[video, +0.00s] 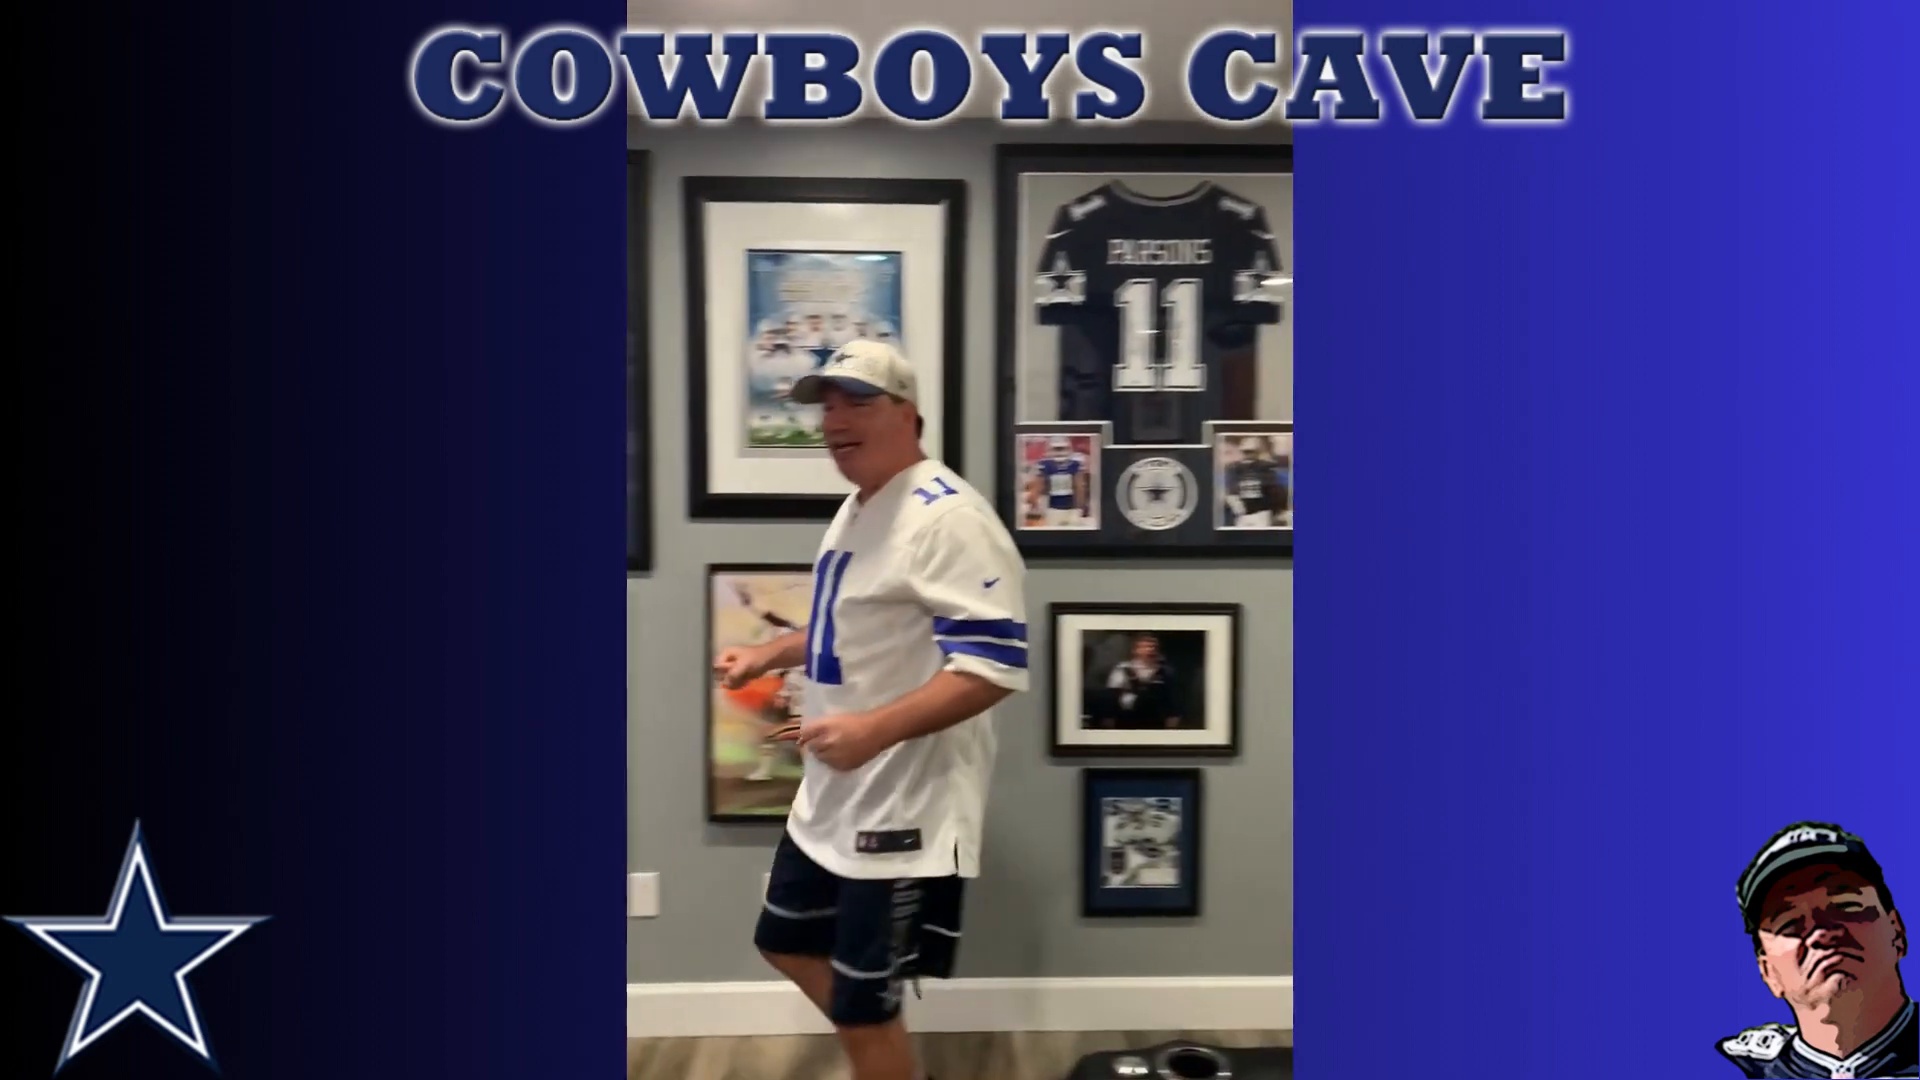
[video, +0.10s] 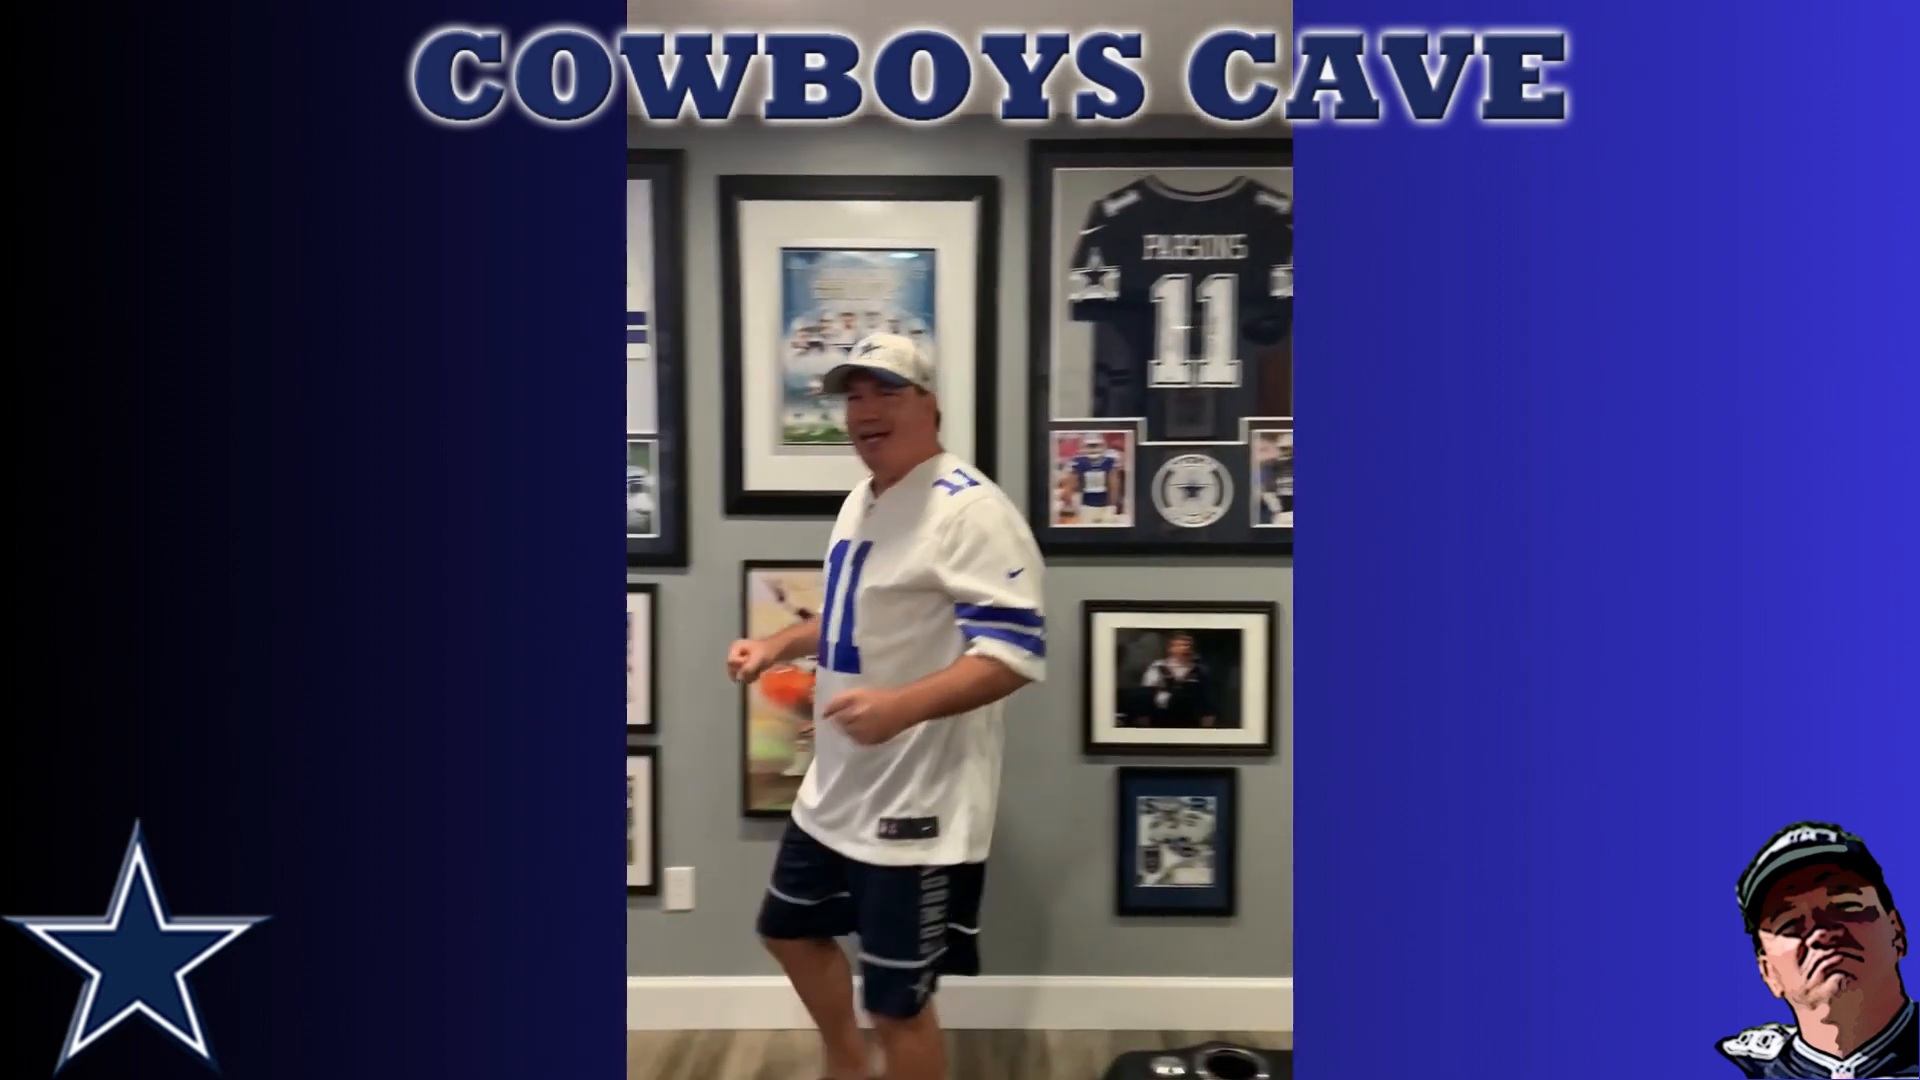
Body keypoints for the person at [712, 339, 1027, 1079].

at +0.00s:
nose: (834, 421)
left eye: (855, 404)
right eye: (826, 405)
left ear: (907, 414)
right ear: (819, 415)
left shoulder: (953, 520)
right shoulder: (858, 510)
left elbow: (991, 667)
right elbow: (855, 630)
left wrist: (873, 728)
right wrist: (774, 652)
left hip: (905, 812)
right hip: (830, 793)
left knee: (867, 1009)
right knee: (789, 942)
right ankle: (886, 1059)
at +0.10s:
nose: (862, 412)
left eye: (883, 394)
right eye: (851, 397)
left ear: (931, 404)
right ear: (841, 409)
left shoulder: (975, 513)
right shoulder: (863, 501)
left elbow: (1013, 655)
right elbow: (852, 620)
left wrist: (904, 704)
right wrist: (775, 645)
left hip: (922, 805)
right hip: (837, 786)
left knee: (899, 1002)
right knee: (793, 930)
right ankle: (848, 1062)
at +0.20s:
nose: (894, 408)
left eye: (913, 390)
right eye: (878, 394)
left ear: (950, 405)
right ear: (864, 409)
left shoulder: (996, 509)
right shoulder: (860, 497)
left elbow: (1049, 639)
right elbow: (837, 602)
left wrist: (954, 680)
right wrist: (770, 632)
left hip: (936, 801)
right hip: (848, 790)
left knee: (929, 995)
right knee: (822, 946)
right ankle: (822, 1070)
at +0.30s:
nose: (917, 407)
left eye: (933, 390)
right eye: (900, 392)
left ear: (959, 405)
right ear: (877, 411)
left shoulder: (1009, 505)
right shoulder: (850, 498)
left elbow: (1079, 622)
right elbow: (817, 590)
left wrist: (1026, 650)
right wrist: (757, 624)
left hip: (957, 794)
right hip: (862, 786)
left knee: (956, 988)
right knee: (859, 950)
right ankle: (853, 1071)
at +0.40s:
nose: (927, 424)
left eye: (940, 410)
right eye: (909, 411)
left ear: (960, 407)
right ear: (880, 412)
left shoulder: (1015, 500)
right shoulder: (844, 495)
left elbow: (1098, 591)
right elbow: (794, 577)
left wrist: (1082, 618)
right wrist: (748, 614)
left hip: (971, 775)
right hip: (872, 771)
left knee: (981, 959)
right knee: (876, 928)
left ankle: (995, 1076)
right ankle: (871, 1068)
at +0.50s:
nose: (936, 410)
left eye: (946, 393)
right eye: (914, 399)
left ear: (963, 394)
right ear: (880, 408)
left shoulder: (1019, 493)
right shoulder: (841, 496)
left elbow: (1090, 567)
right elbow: (789, 571)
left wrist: (1105, 599)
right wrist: (748, 605)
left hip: (988, 770)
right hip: (878, 769)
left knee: (1005, 946)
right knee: (882, 918)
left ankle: (1022, 1076)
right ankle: (884, 1064)